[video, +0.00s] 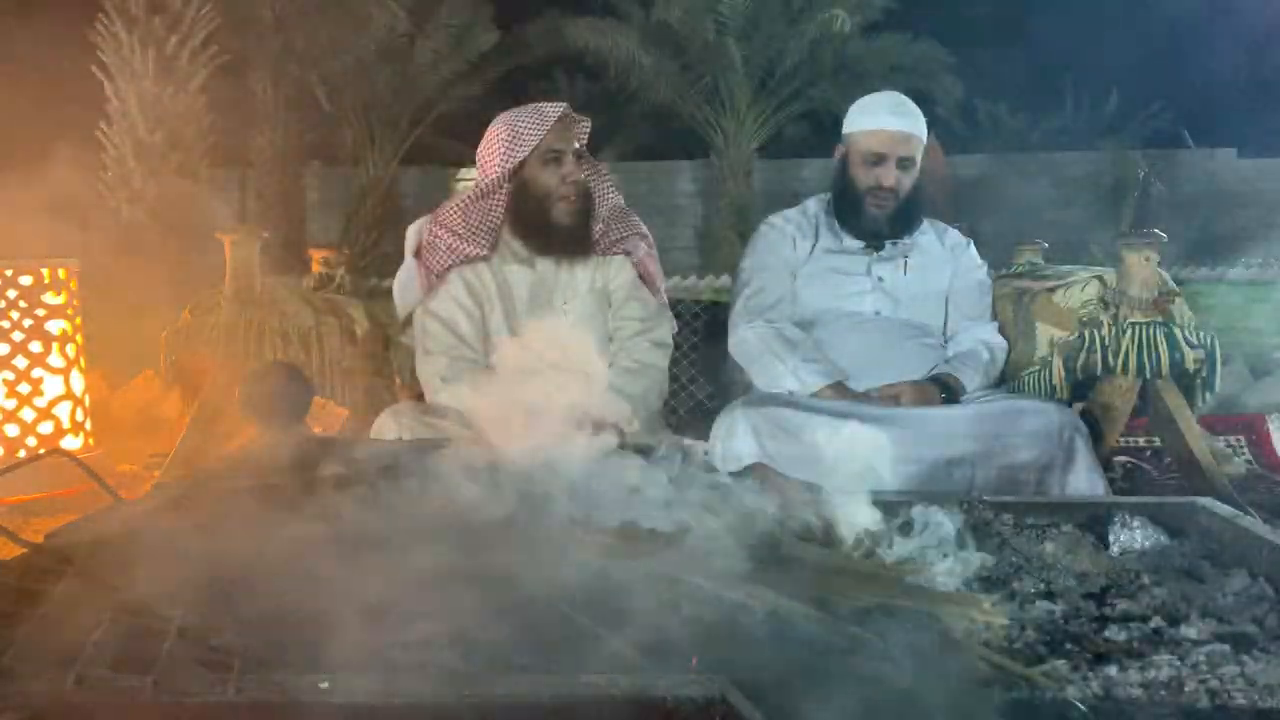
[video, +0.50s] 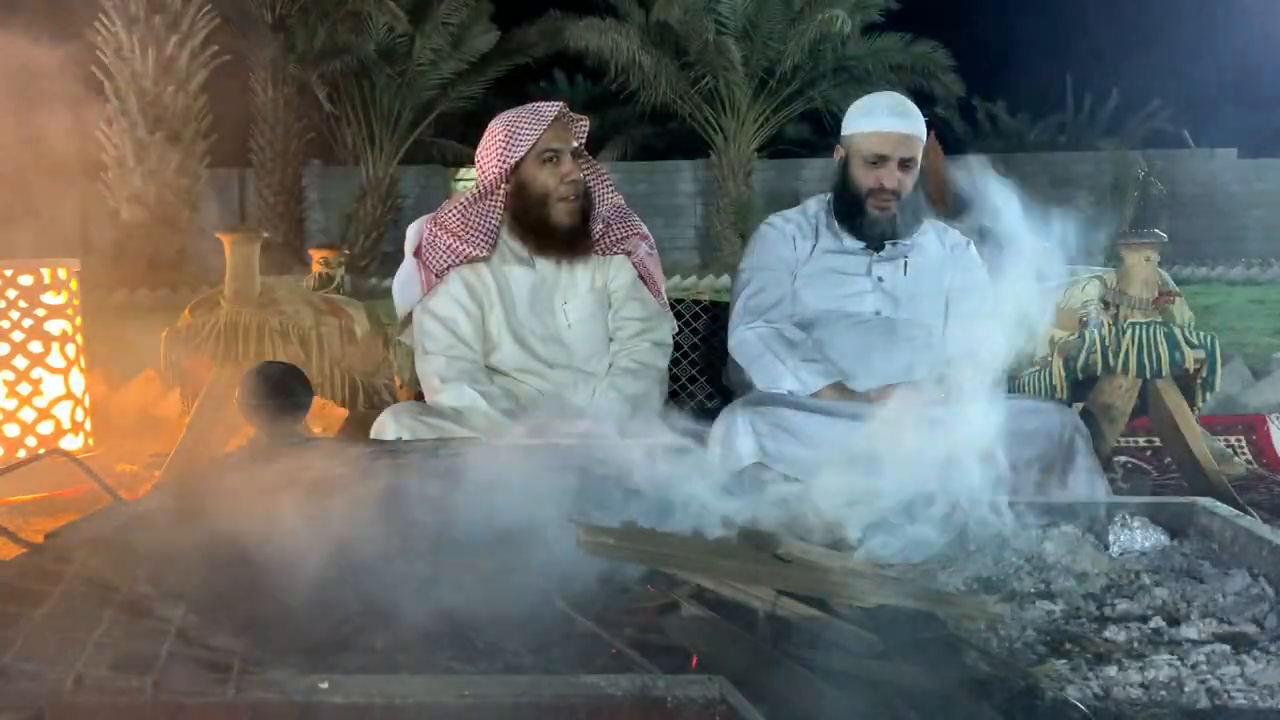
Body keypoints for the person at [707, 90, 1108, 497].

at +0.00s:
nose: (887, 180)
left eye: (903, 165)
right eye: (873, 161)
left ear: (920, 170)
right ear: (843, 156)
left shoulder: (953, 249)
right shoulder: (787, 234)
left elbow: (981, 341)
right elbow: (754, 329)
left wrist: (939, 388)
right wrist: (832, 394)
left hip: (938, 416)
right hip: (826, 413)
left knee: (1056, 426)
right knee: (743, 426)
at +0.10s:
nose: (890, 179)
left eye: (905, 166)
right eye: (877, 161)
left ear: (920, 170)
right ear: (844, 157)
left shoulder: (953, 250)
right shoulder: (785, 236)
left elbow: (981, 341)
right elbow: (754, 332)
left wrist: (937, 390)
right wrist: (831, 396)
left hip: (932, 417)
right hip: (823, 412)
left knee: (1056, 425)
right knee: (742, 425)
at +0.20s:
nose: (889, 180)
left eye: (904, 165)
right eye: (875, 161)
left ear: (919, 171)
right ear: (843, 158)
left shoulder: (953, 249)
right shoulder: (786, 235)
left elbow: (980, 342)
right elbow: (754, 332)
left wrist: (939, 387)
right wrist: (823, 390)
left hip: (934, 415)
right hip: (826, 414)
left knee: (1058, 429)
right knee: (741, 426)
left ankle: (1084, 575)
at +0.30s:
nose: (889, 180)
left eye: (904, 165)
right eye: (875, 162)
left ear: (919, 170)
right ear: (843, 158)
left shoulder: (953, 250)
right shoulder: (786, 235)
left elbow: (981, 344)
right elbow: (754, 332)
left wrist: (926, 393)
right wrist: (834, 395)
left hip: (933, 412)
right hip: (829, 413)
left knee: (1057, 428)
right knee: (747, 425)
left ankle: (1089, 570)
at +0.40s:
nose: (889, 180)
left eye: (905, 165)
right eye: (875, 161)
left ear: (920, 171)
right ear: (843, 157)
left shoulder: (950, 248)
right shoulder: (787, 235)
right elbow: (755, 332)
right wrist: (835, 395)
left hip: (935, 416)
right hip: (828, 415)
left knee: (1058, 427)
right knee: (745, 427)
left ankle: (1089, 567)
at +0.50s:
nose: (889, 181)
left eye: (904, 166)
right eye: (874, 162)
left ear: (919, 170)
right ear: (842, 155)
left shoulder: (953, 250)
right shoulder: (786, 236)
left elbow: (980, 354)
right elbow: (755, 337)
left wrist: (928, 399)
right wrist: (845, 401)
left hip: (931, 422)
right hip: (821, 422)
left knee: (1057, 427)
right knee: (742, 426)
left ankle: (1081, 575)